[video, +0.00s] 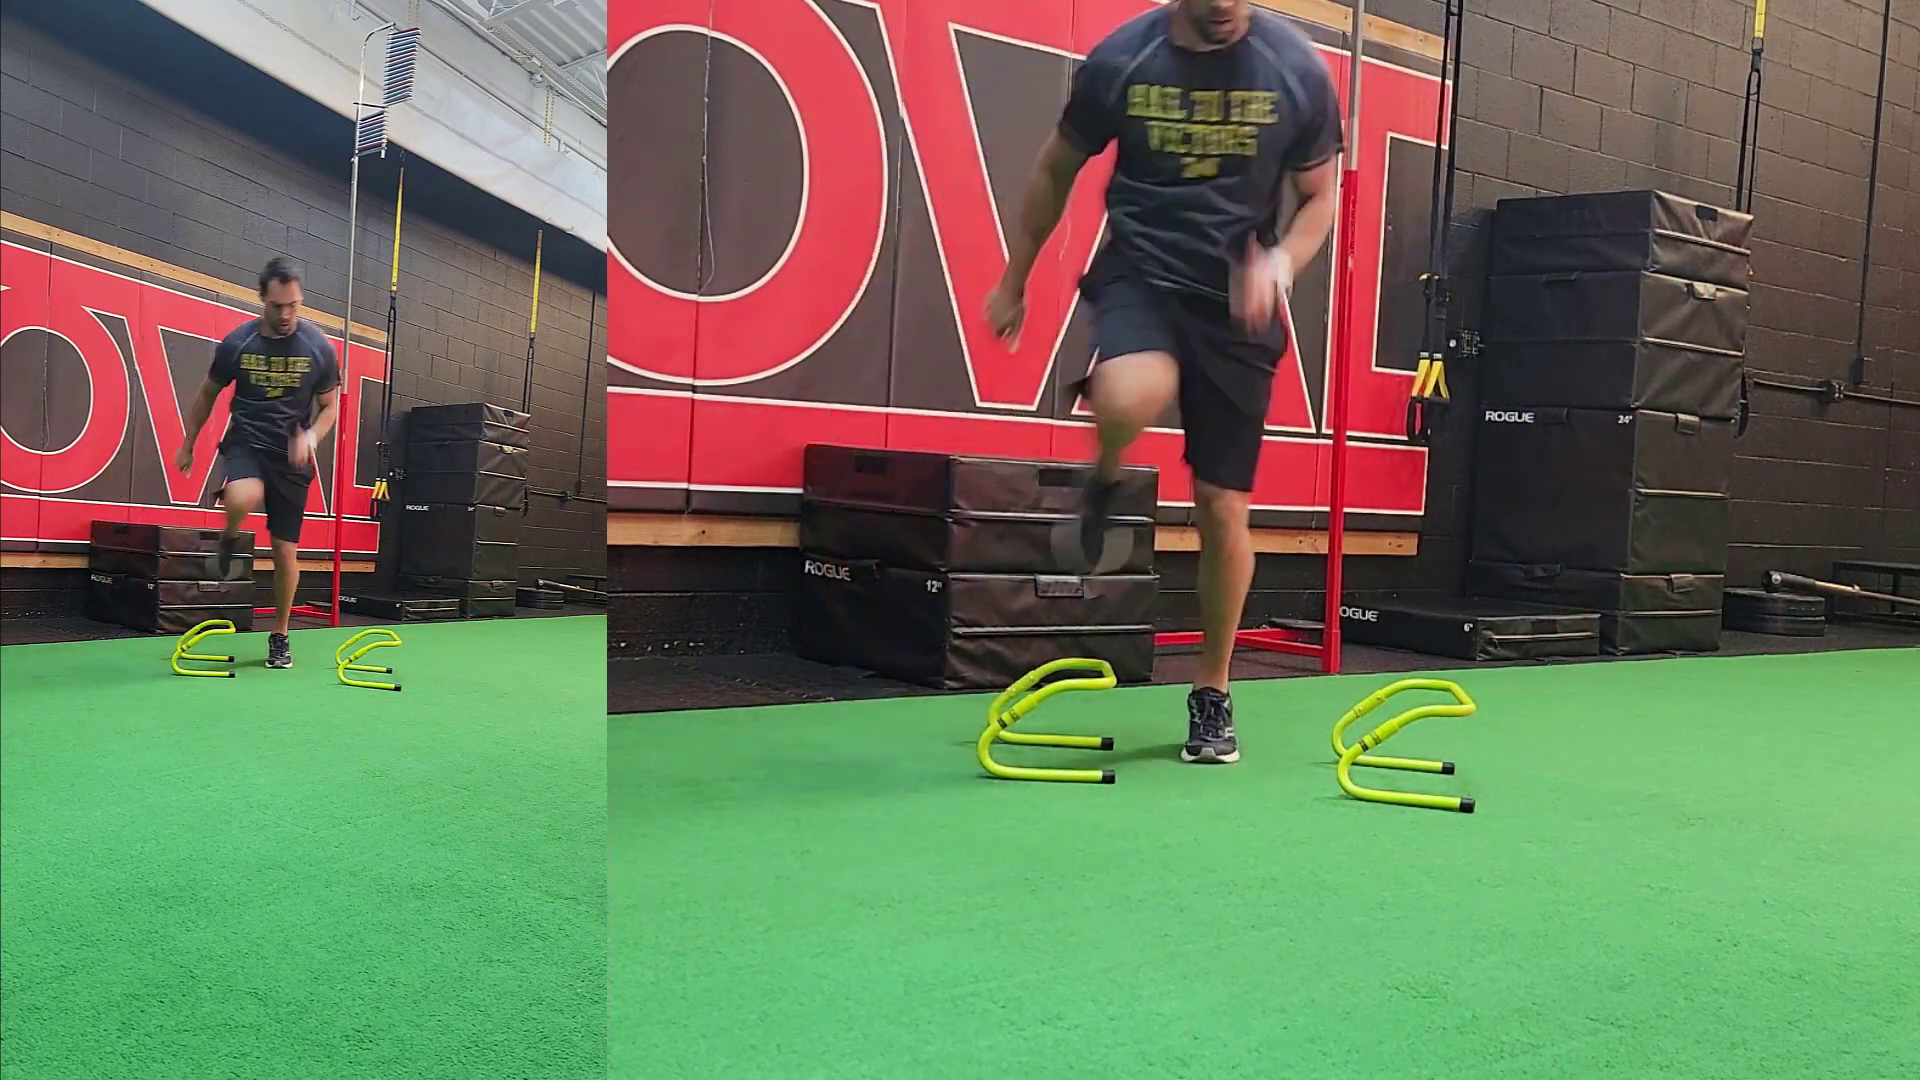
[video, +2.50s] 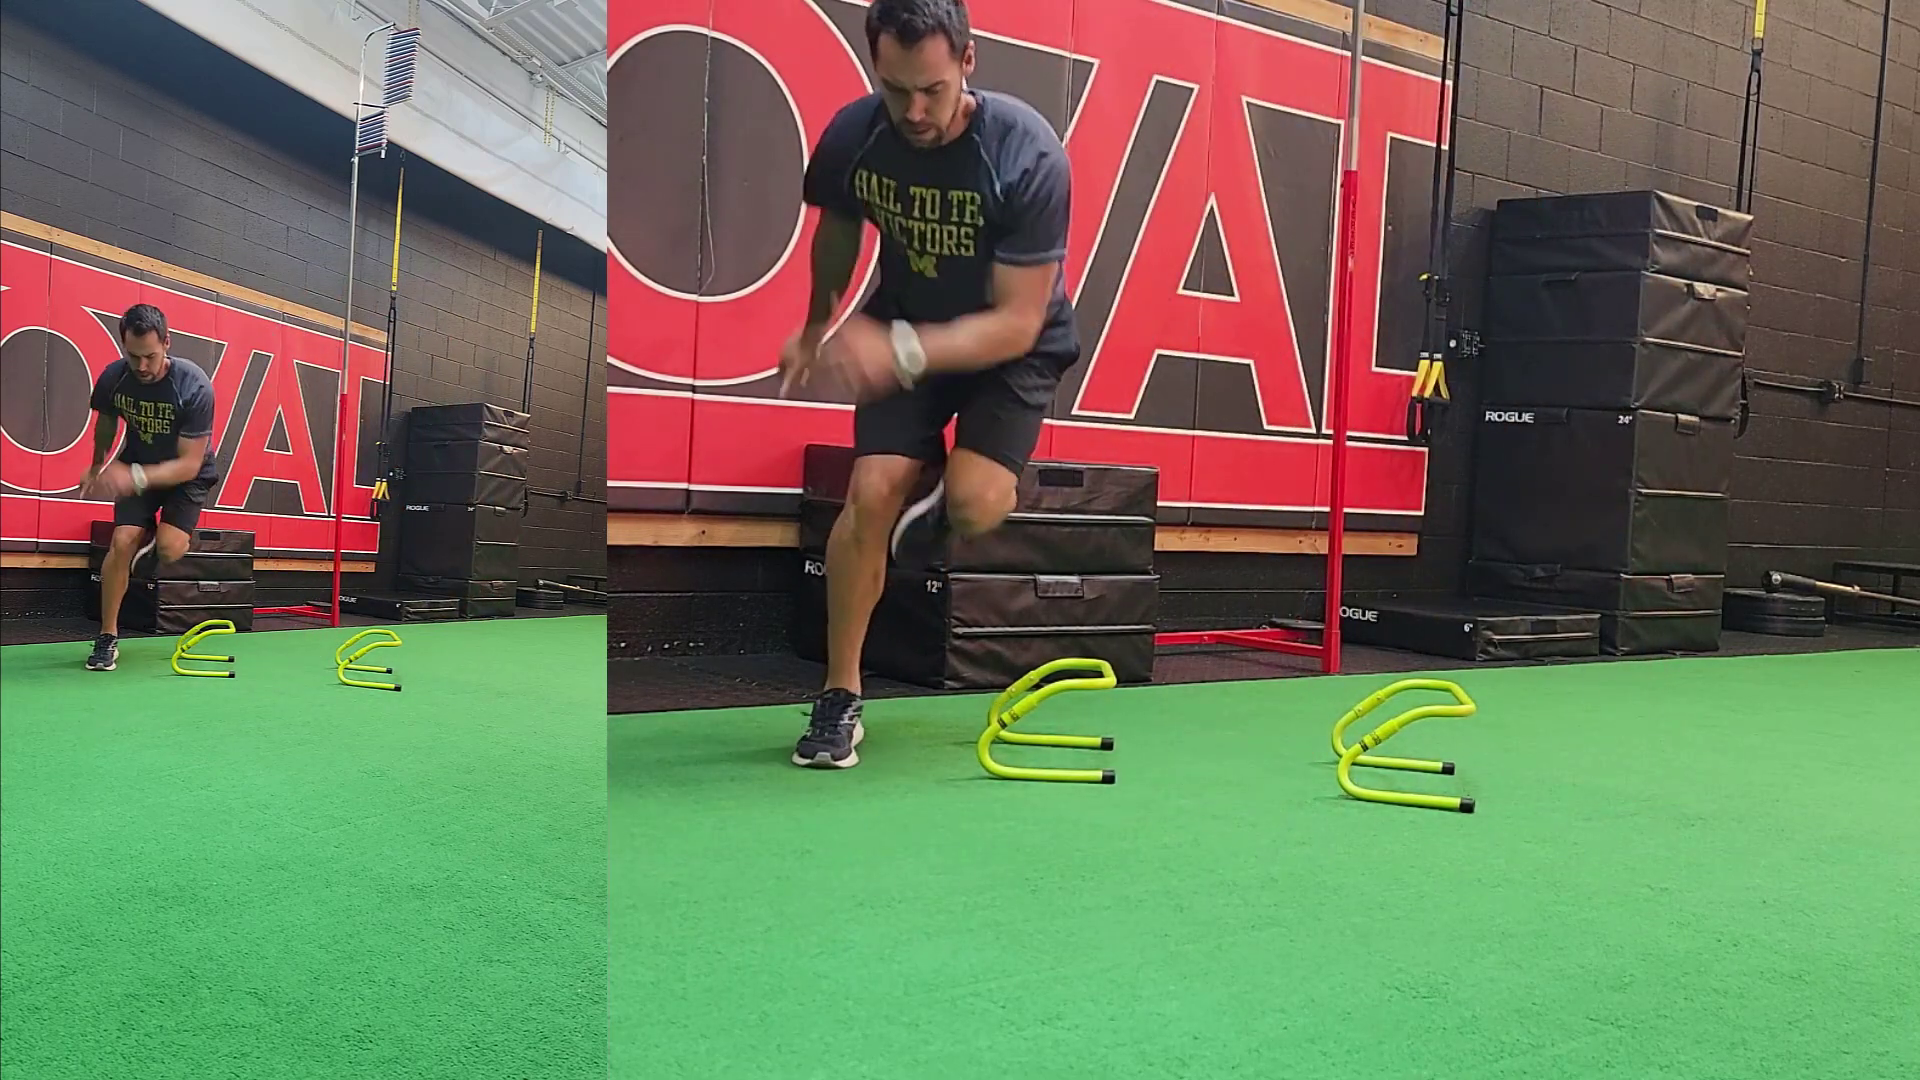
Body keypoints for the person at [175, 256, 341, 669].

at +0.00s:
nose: (286, 314)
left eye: (292, 305)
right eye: (277, 306)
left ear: (301, 301)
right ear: (261, 300)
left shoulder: (319, 348)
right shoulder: (237, 344)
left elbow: (330, 407)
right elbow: (207, 394)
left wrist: (312, 436)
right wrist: (188, 443)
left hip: (293, 452)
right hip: (246, 444)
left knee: (285, 551)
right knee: (240, 500)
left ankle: (280, 635)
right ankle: (227, 543)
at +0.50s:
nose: (436, 352)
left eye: (443, 342)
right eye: (428, 343)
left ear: (448, 336)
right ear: (408, 334)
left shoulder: (454, 370)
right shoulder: (378, 380)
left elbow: (461, 418)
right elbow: (357, 447)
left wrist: (466, 472)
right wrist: (396, 473)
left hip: (437, 474)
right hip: (388, 474)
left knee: (452, 553)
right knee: (403, 536)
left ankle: (474, 647)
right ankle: (382, 552)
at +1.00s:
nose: (475, 390)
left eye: (484, 382)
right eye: (469, 380)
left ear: (493, 377)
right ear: (454, 371)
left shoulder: (497, 410)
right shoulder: (420, 408)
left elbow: (503, 453)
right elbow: (384, 462)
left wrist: (504, 498)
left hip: (468, 497)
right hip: (422, 493)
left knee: (484, 565)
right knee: (444, 546)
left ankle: (479, 650)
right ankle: (442, 579)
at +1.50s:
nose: (330, 312)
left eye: (338, 303)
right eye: (324, 301)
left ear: (356, 297)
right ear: (315, 296)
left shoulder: (379, 340)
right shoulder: (295, 338)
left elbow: (404, 378)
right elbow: (273, 397)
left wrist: (406, 431)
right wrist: (296, 400)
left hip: (353, 445)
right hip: (304, 444)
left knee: (338, 502)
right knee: (298, 529)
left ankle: (345, 594)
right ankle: (298, 633)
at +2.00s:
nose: (177, 357)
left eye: (186, 349)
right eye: (171, 347)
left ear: (206, 340)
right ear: (164, 336)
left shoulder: (231, 385)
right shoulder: (152, 371)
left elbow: (222, 462)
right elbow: (150, 423)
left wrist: (172, 429)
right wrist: (163, 425)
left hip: (215, 475)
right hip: (168, 470)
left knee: (203, 531)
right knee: (145, 548)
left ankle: (208, 540)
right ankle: (122, 634)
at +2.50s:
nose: (142, 366)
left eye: (150, 357)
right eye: (134, 356)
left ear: (166, 344)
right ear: (123, 346)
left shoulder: (195, 388)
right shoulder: (113, 380)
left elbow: (189, 466)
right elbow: (107, 423)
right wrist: (98, 466)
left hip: (189, 472)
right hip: (139, 467)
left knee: (170, 551)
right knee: (123, 542)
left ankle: (163, 545)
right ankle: (108, 636)